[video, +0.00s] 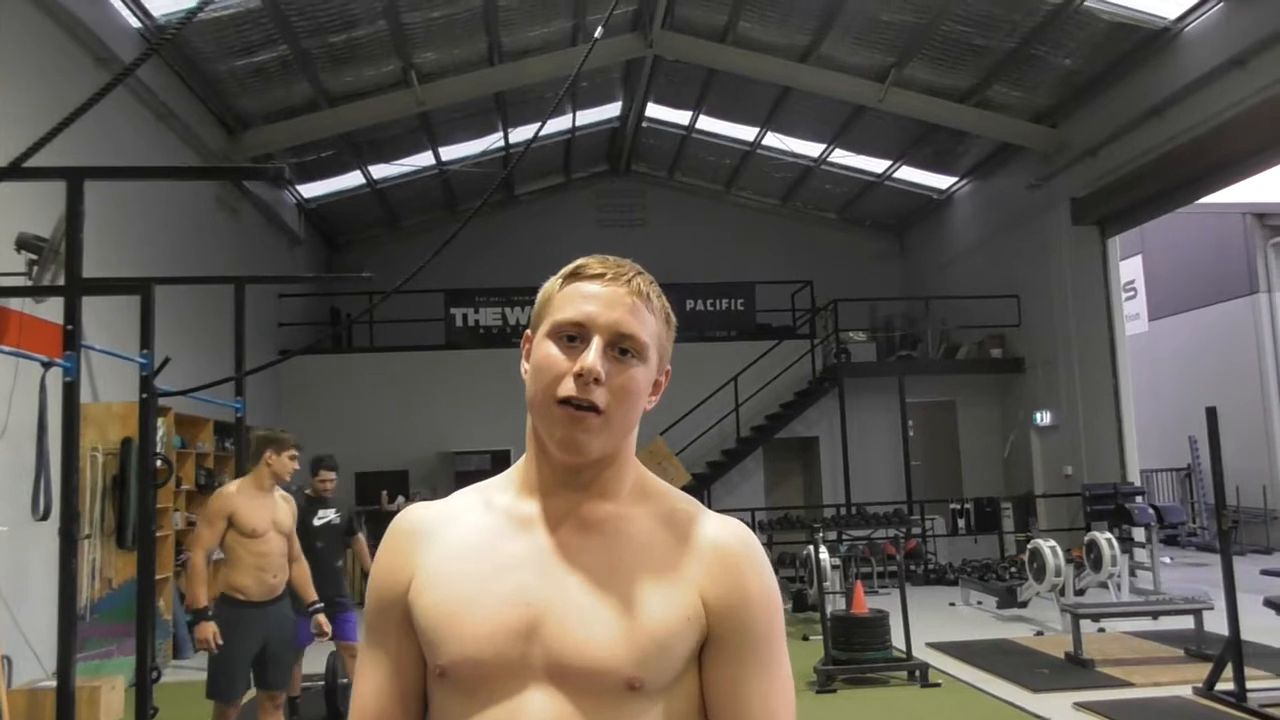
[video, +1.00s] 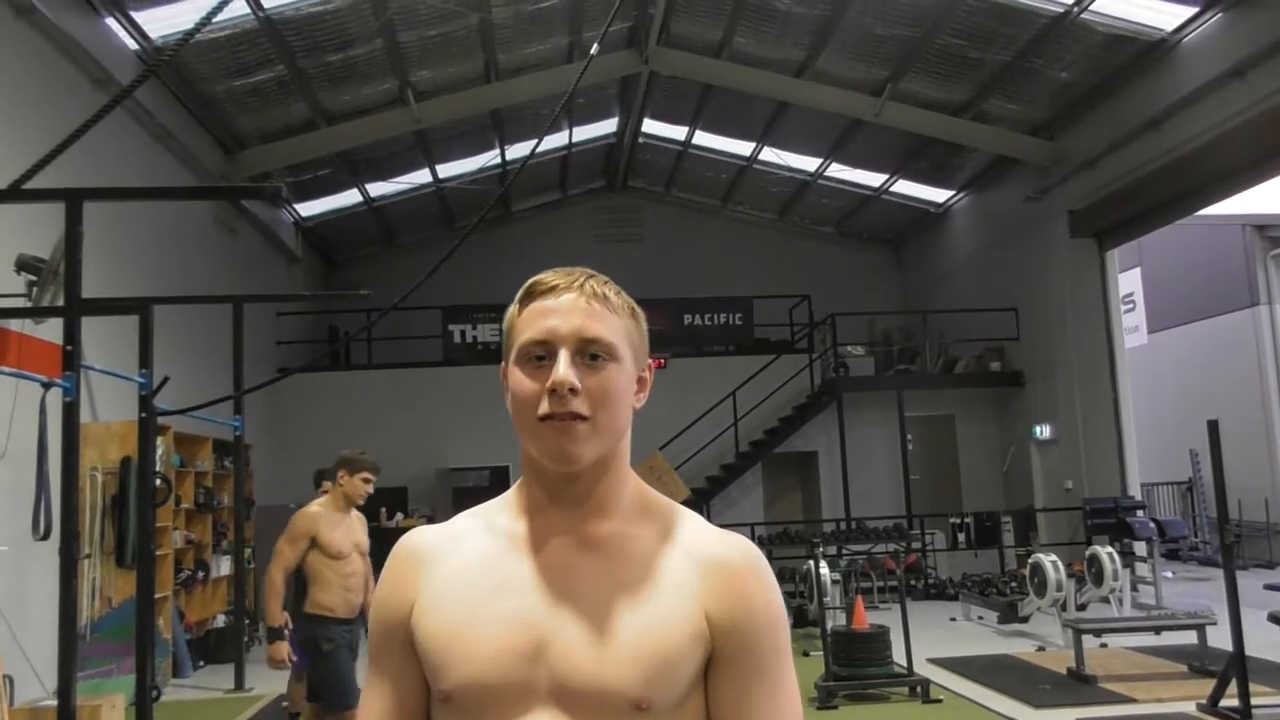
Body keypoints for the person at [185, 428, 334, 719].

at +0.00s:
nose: (296, 466)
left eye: (297, 459)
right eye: (291, 458)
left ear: (273, 459)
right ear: (269, 457)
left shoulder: (287, 502)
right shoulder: (227, 497)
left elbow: (296, 559)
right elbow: (197, 554)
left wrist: (316, 608)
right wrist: (201, 616)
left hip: (279, 611)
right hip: (236, 614)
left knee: (274, 701)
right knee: (228, 705)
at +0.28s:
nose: (312, 473)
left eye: (314, 467)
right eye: (307, 465)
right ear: (284, 463)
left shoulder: (303, 508)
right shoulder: (248, 501)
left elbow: (309, 568)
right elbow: (204, 549)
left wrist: (321, 621)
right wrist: (224, 604)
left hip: (297, 617)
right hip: (255, 620)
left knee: (282, 704)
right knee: (238, 708)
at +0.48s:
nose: (325, 478)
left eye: (327, 472)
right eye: (320, 469)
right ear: (297, 466)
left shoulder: (317, 513)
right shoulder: (262, 503)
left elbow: (321, 571)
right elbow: (218, 550)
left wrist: (330, 625)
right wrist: (236, 604)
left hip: (309, 619)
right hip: (268, 620)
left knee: (293, 704)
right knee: (264, 709)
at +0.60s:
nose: (334, 481)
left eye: (336, 475)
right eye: (329, 473)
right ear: (306, 469)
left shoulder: (324, 515)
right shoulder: (269, 505)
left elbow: (331, 574)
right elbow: (225, 547)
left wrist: (340, 628)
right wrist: (238, 602)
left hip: (316, 618)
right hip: (278, 620)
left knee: (303, 705)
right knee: (294, 708)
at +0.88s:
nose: (357, 489)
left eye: (360, 483)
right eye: (353, 480)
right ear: (330, 476)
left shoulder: (347, 520)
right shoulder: (295, 513)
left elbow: (354, 579)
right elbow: (254, 563)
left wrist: (361, 631)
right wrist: (265, 621)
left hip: (336, 625)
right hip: (304, 627)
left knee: (300, 707)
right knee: (337, 710)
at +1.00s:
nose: (370, 490)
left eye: (372, 484)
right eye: (365, 481)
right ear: (342, 478)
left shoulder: (359, 518)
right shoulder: (309, 517)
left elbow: (366, 571)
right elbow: (276, 571)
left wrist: (373, 618)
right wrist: (276, 634)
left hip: (351, 625)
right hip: (321, 628)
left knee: (321, 707)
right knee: (345, 709)